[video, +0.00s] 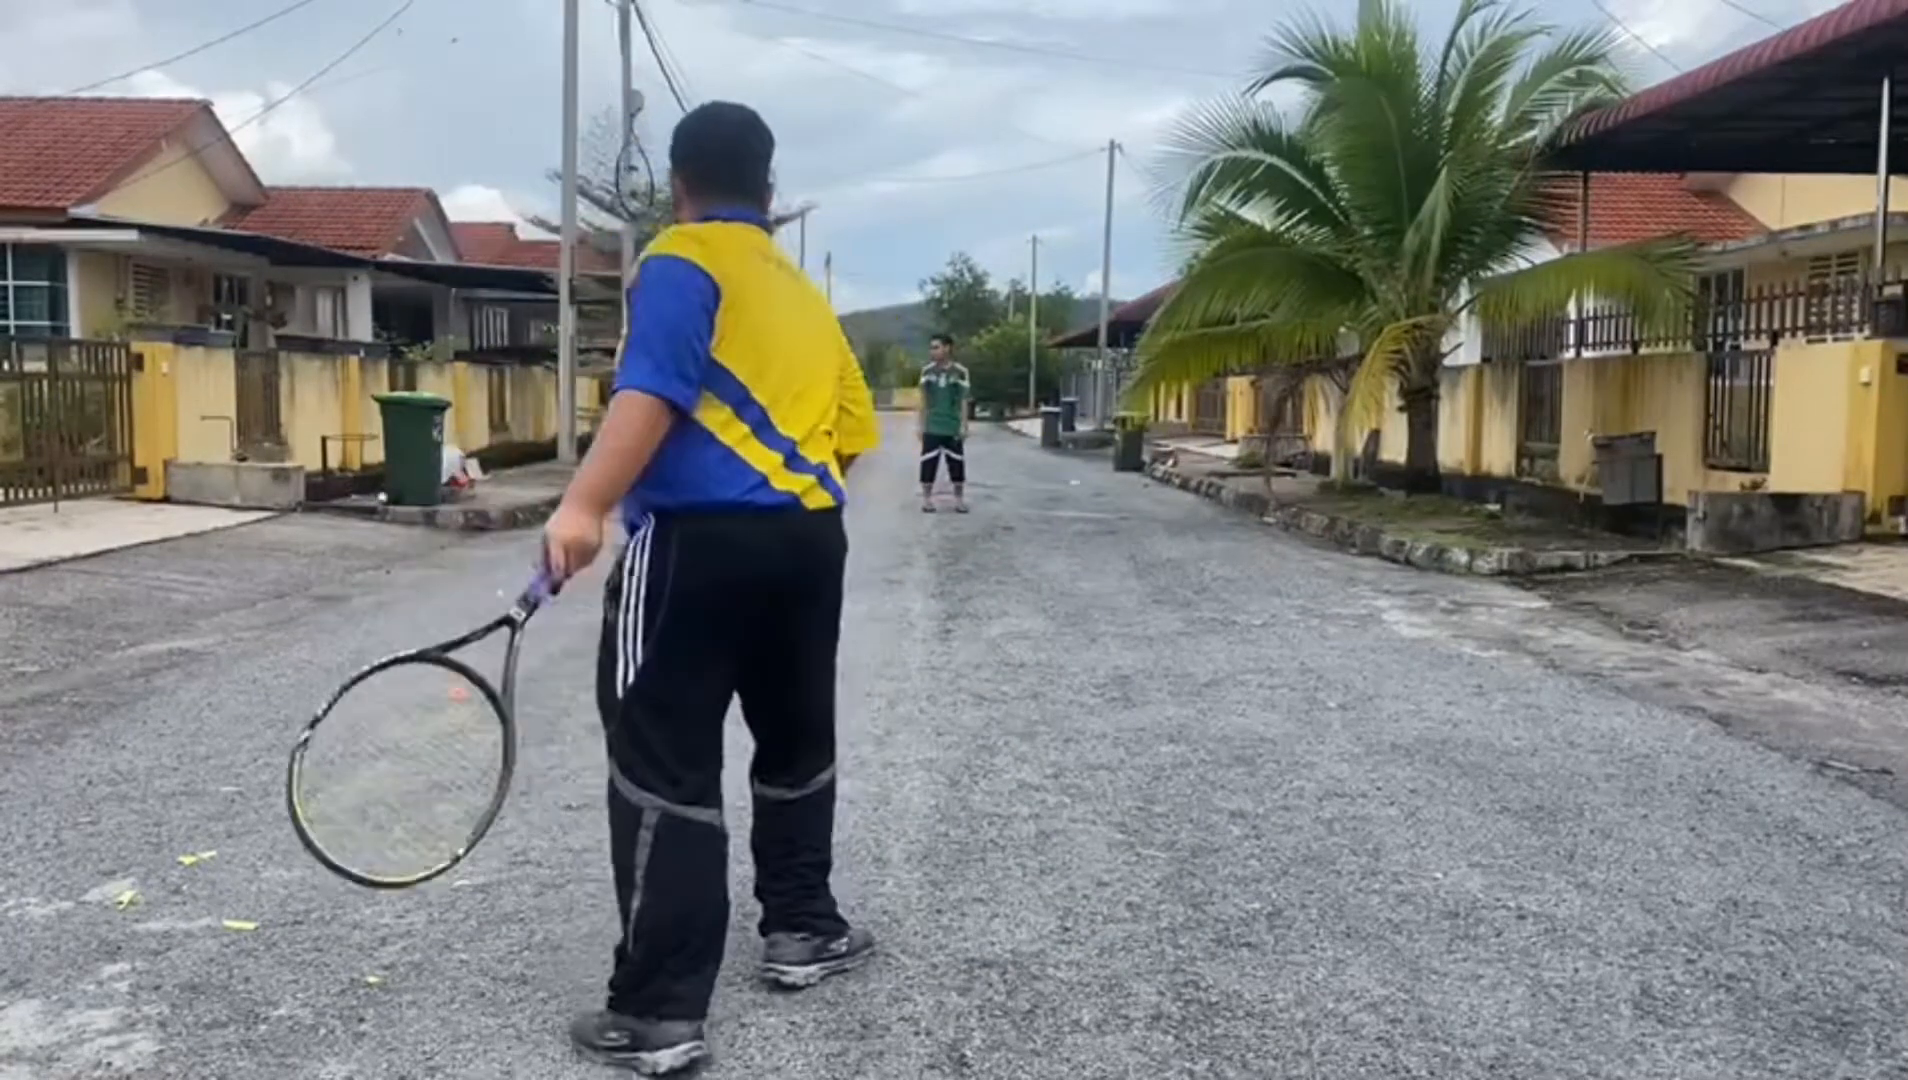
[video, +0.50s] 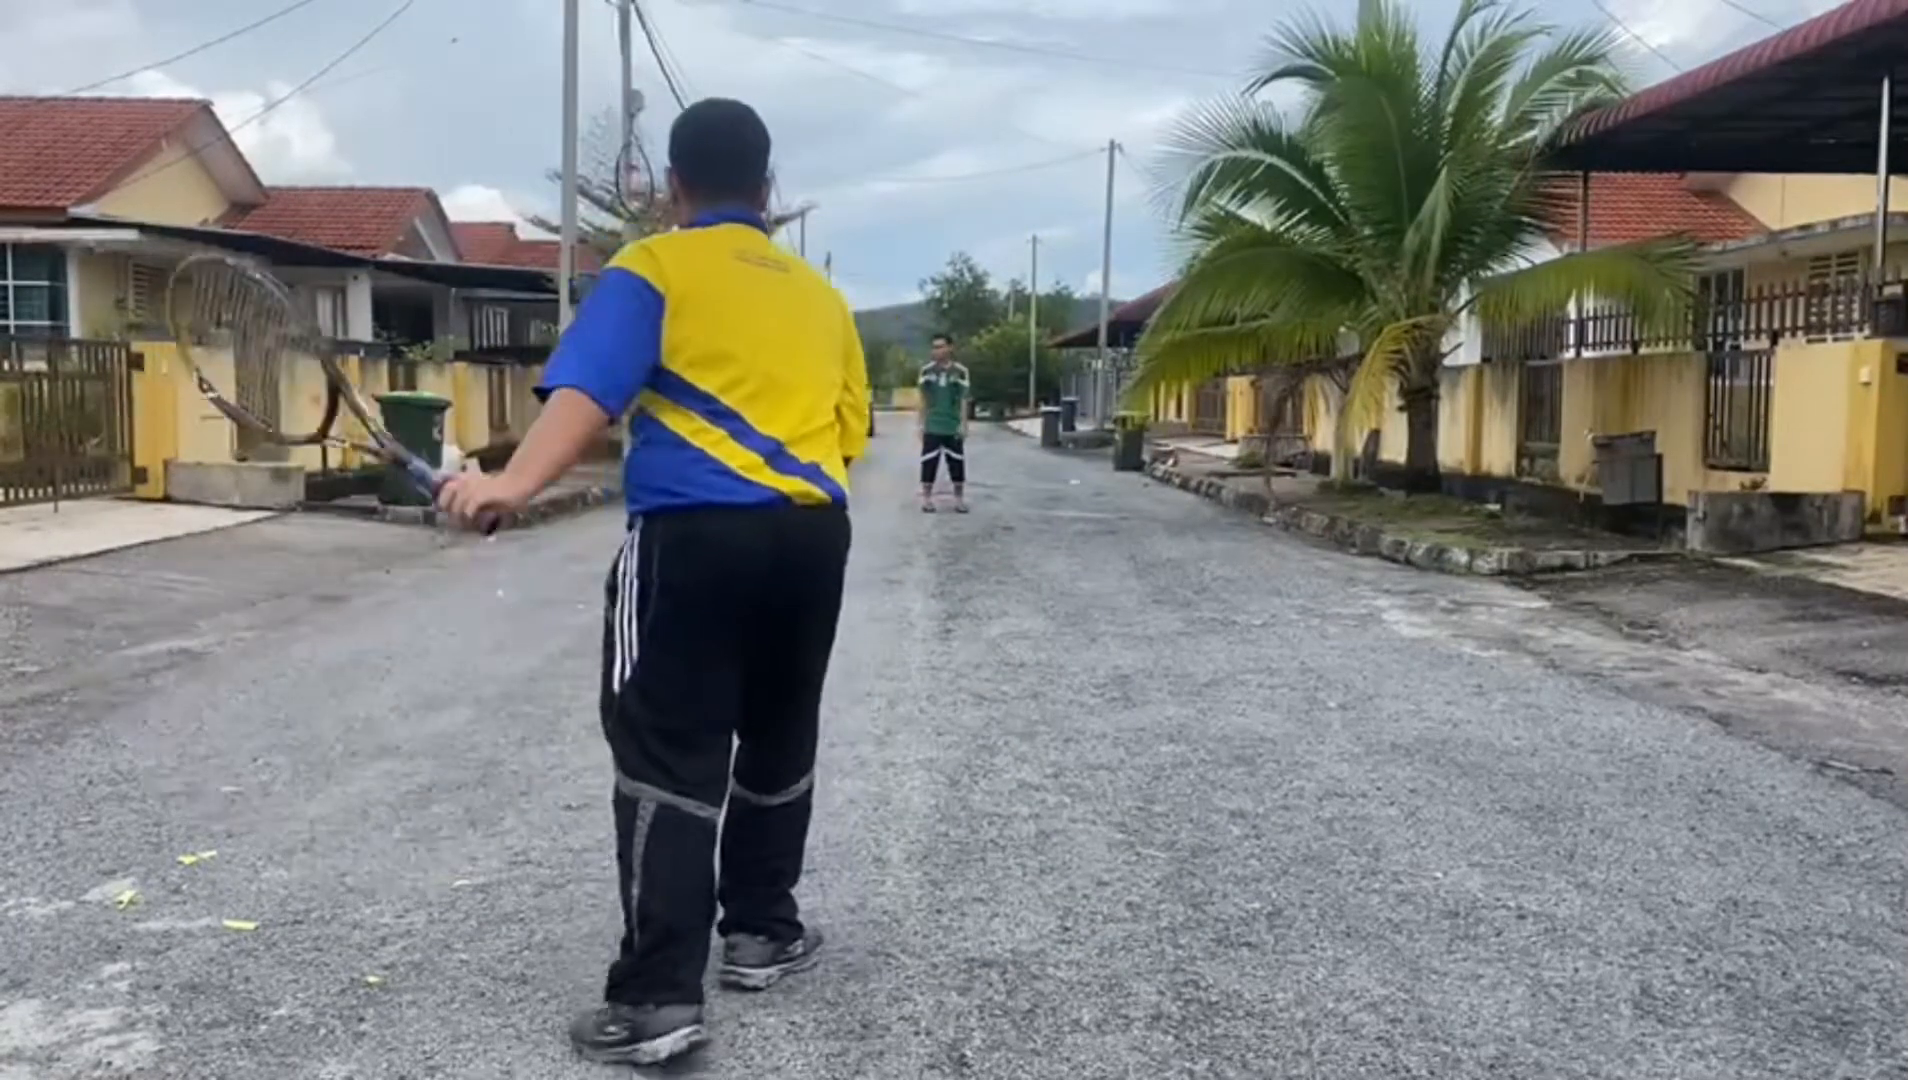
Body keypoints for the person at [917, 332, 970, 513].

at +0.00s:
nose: (933, 352)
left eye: (937, 347)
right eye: (931, 348)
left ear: (947, 348)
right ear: (930, 351)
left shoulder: (960, 372)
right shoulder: (927, 371)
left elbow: (964, 401)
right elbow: (923, 401)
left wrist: (964, 425)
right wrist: (921, 426)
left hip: (953, 426)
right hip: (931, 426)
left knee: (957, 465)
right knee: (928, 465)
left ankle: (959, 498)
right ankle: (927, 498)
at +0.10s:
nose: (933, 352)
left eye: (936, 348)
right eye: (931, 348)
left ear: (947, 348)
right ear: (930, 351)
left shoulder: (960, 372)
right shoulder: (927, 371)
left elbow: (964, 401)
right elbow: (923, 401)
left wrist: (964, 426)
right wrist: (921, 426)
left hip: (953, 426)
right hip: (931, 425)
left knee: (957, 465)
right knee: (928, 465)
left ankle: (959, 498)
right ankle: (927, 498)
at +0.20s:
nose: (933, 352)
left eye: (937, 347)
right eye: (931, 348)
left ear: (948, 348)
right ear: (930, 351)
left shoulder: (960, 372)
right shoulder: (927, 371)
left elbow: (964, 401)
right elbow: (923, 401)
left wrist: (964, 426)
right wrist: (921, 426)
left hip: (953, 426)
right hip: (931, 425)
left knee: (957, 465)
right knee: (928, 464)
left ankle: (959, 498)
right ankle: (927, 498)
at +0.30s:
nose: (933, 352)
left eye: (937, 347)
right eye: (932, 348)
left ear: (948, 348)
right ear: (931, 350)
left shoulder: (960, 372)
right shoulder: (927, 371)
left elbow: (964, 401)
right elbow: (923, 401)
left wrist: (964, 425)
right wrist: (921, 426)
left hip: (953, 426)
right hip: (932, 425)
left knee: (957, 465)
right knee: (928, 464)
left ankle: (959, 498)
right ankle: (927, 498)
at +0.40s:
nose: (934, 351)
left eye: (938, 347)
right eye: (933, 347)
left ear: (949, 348)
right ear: (931, 350)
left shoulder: (961, 372)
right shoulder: (927, 371)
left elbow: (964, 401)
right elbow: (923, 401)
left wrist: (964, 425)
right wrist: (921, 425)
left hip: (953, 426)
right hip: (931, 425)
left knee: (957, 465)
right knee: (928, 464)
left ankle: (959, 498)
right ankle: (927, 498)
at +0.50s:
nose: (937, 351)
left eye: (940, 347)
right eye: (934, 347)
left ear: (950, 349)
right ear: (931, 350)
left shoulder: (961, 372)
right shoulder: (926, 371)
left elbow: (964, 401)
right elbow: (923, 400)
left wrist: (964, 425)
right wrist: (921, 424)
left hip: (953, 425)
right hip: (932, 425)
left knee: (957, 465)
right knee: (929, 464)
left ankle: (959, 498)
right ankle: (927, 498)